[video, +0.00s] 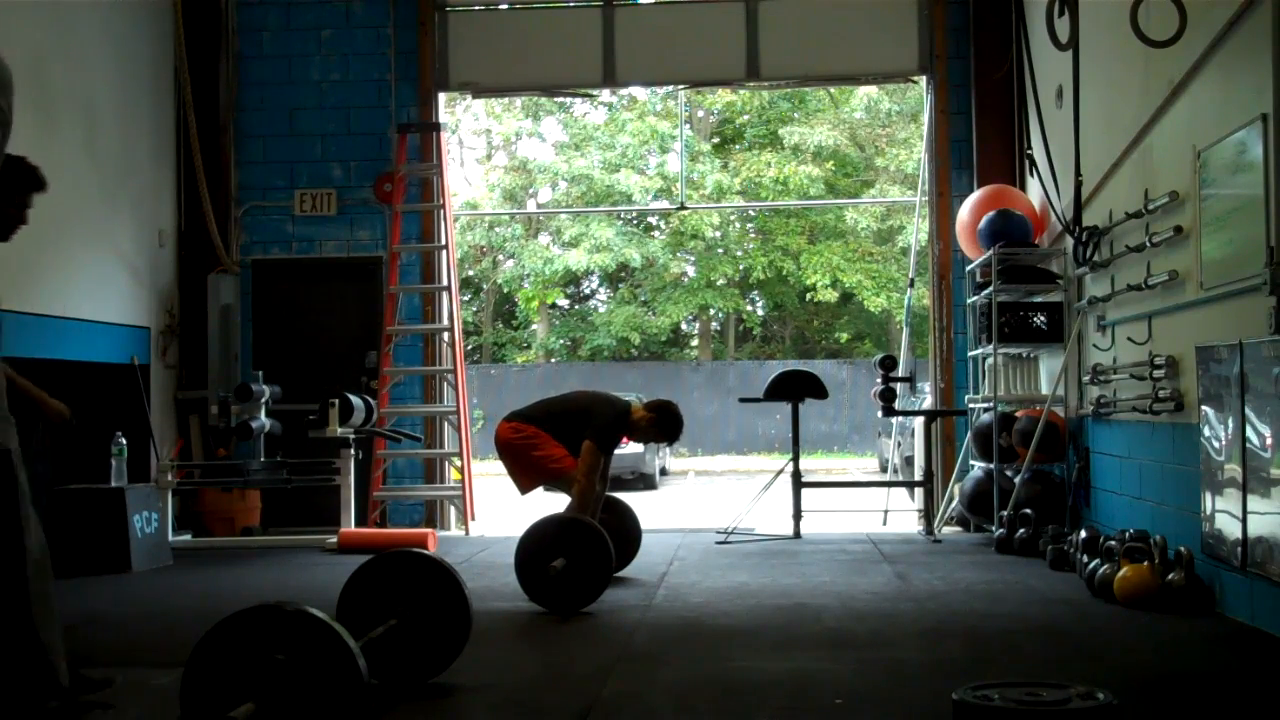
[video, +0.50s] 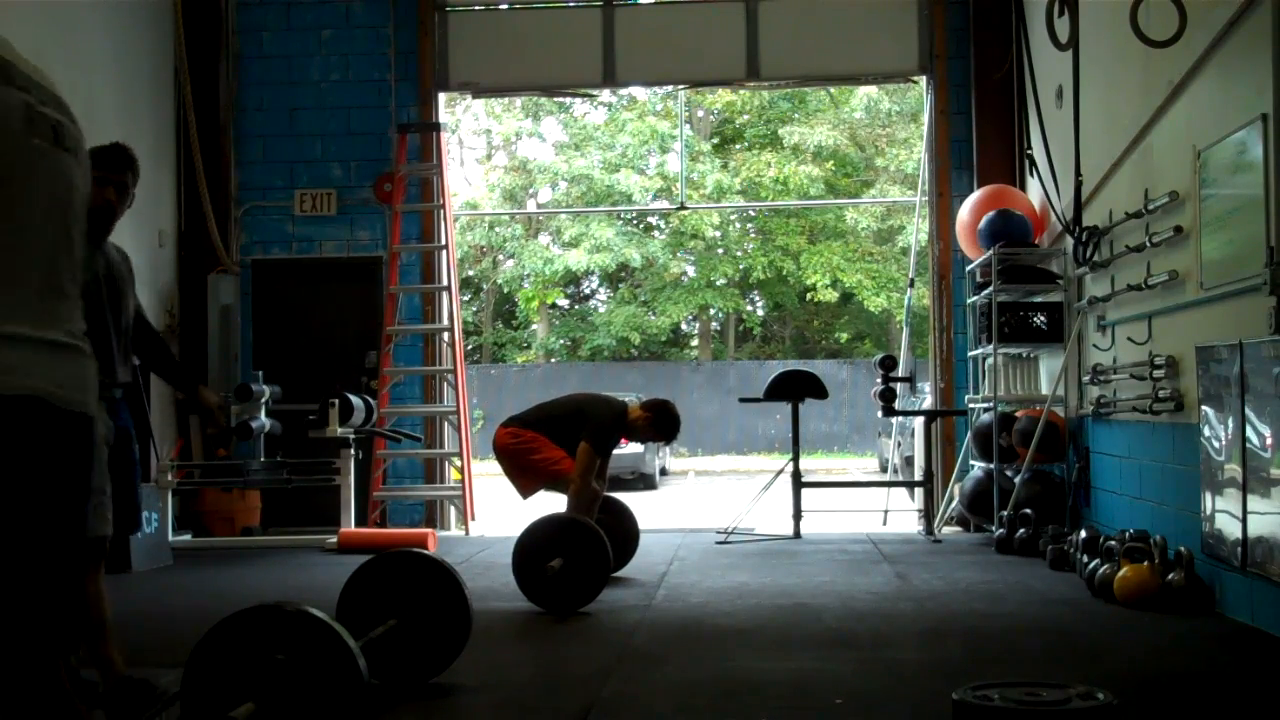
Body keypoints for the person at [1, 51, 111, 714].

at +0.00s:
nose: (21, 223)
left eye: (25, 211)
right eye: (18, 210)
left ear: (15, 206)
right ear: (0, 202)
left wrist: (36, 399)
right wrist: (37, 398)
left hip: (5, 430)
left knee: (26, 544)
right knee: (25, 546)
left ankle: (51, 673)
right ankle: (49, 676)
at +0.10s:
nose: (53, 221)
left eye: (56, 210)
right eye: (49, 208)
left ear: (28, 202)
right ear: (21, 199)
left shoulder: (10, 259)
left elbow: (20, 346)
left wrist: (28, 398)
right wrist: (24, 409)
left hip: (14, 426)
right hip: (5, 427)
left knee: (40, 541)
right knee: (39, 541)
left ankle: (56, 669)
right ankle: (55, 670)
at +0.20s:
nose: (81, 217)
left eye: (84, 205)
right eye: (77, 203)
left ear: (49, 197)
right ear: (49, 195)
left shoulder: (42, 259)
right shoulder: (9, 251)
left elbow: (50, 345)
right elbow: (5, 349)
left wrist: (58, 409)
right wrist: (30, 418)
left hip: (48, 414)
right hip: (24, 418)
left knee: (55, 545)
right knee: (37, 547)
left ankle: (58, 670)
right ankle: (41, 675)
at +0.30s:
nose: (104, 207)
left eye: (107, 196)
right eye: (97, 195)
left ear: (82, 195)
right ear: (67, 189)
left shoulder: (68, 256)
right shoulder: (24, 245)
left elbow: (79, 336)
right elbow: (19, 333)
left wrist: (88, 394)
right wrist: (42, 404)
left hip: (73, 409)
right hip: (44, 410)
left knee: (71, 541)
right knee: (53, 543)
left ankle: (60, 668)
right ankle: (50, 672)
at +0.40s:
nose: (109, 204)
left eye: (116, 195)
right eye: (102, 191)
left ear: (117, 198)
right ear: (74, 184)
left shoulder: (96, 261)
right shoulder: (35, 245)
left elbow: (115, 341)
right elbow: (28, 334)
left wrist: (160, 399)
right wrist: (53, 404)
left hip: (94, 412)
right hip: (55, 411)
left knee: (100, 538)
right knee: (64, 539)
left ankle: (77, 667)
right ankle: (61, 670)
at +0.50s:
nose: (117, 199)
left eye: (124, 190)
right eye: (109, 186)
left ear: (130, 199)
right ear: (84, 185)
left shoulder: (115, 261)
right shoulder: (59, 251)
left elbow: (142, 334)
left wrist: (192, 389)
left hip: (115, 414)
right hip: (75, 414)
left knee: (107, 544)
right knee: (89, 549)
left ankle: (90, 659)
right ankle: (105, 666)